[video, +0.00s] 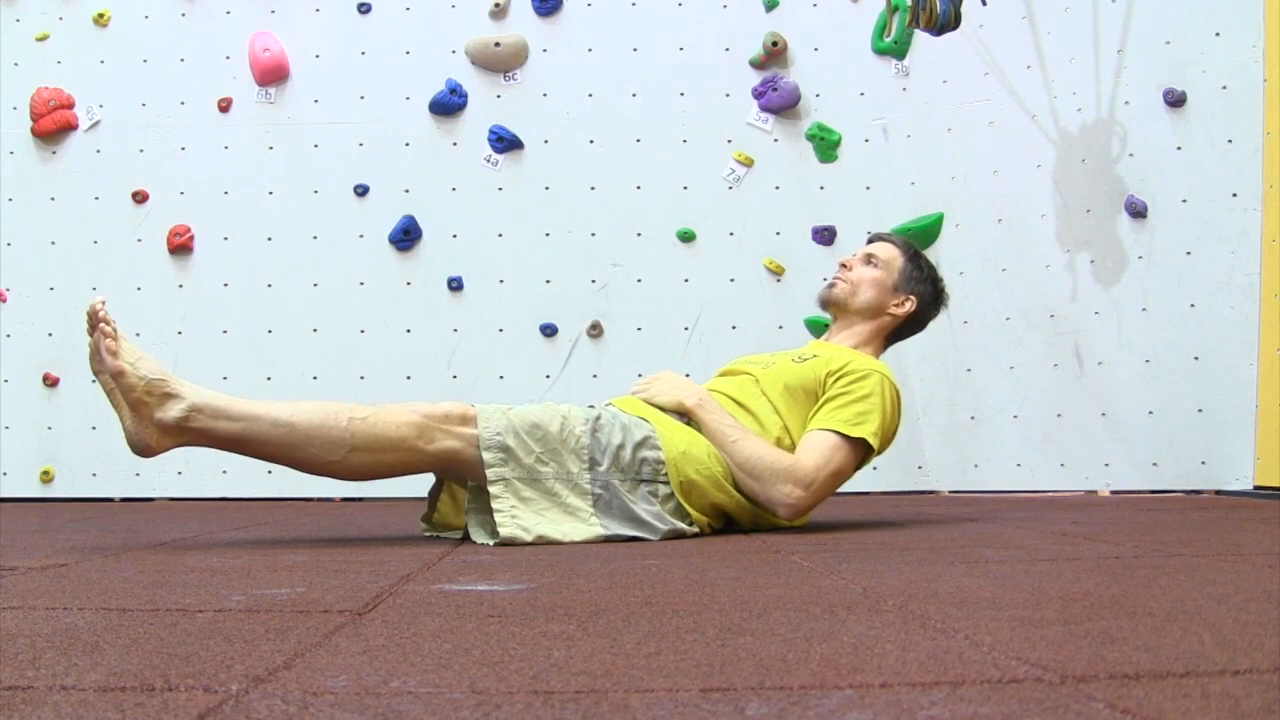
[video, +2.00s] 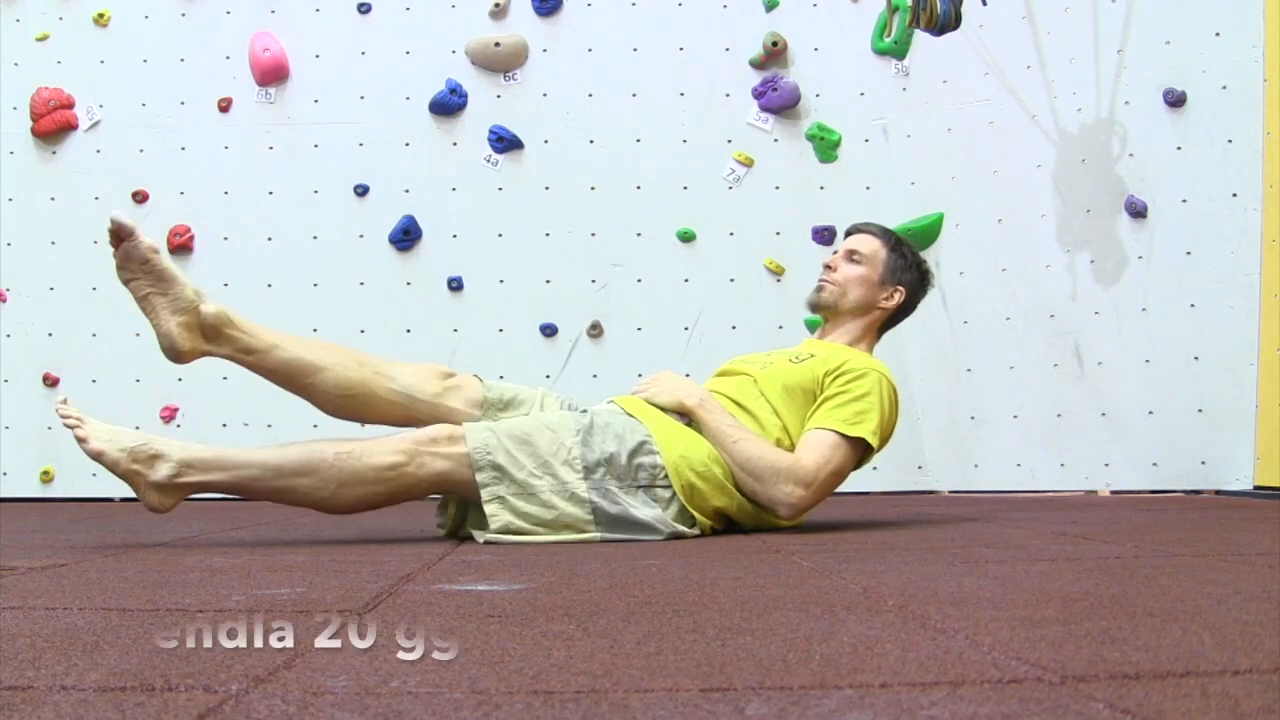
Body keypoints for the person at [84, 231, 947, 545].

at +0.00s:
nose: (848, 260)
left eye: (873, 259)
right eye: (857, 250)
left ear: (900, 306)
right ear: (863, 290)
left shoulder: (866, 380)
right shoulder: (809, 363)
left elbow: (792, 494)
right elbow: (758, 476)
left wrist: (699, 402)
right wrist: (678, 409)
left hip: (656, 460)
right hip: (640, 447)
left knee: (441, 431)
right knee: (429, 430)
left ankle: (175, 412)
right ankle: (177, 413)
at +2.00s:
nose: (832, 260)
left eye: (856, 257)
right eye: (838, 250)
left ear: (890, 298)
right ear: (841, 283)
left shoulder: (862, 377)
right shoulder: (790, 360)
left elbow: (793, 490)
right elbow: (730, 450)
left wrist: (700, 402)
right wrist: (667, 402)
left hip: (646, 466)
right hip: (616, 435)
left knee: (444, 452)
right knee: (445, 393)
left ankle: (178, 468)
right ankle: (208, 327)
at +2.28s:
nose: (831, 261)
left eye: (854, 258)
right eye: (837, 251)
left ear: (890, 299)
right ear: (844, 285)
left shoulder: (860, 374)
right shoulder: (793, 363)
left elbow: (789, 492)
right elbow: (740, 463)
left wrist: (700, 403)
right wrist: (660, 404)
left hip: (648, 457)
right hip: (618, 446)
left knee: (445, 408)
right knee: (399, 438)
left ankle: (188, 363)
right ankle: (165, 434)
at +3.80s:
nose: (839, 258)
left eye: (863, 256)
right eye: (845, 248)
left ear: (896, 299)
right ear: (852, 285)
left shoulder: (863, 378)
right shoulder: (800, 361)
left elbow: (792, 494)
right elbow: (750, 470)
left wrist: (698, 401)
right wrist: (670, 410)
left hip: (652, 462)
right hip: (621, 440)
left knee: (447, 427)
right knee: (415, 403)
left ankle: (185, 467)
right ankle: (178, 378)